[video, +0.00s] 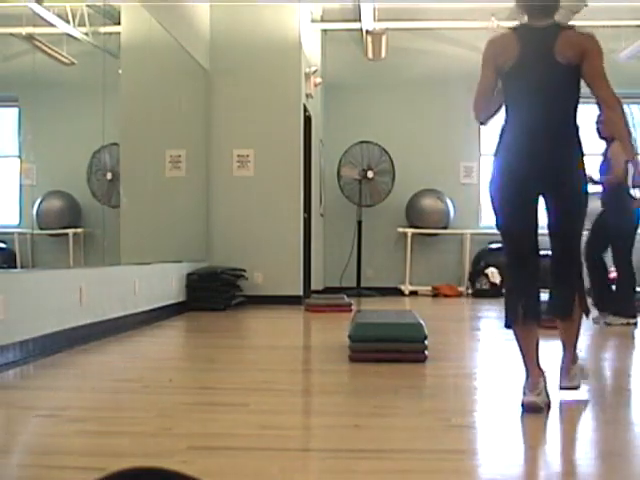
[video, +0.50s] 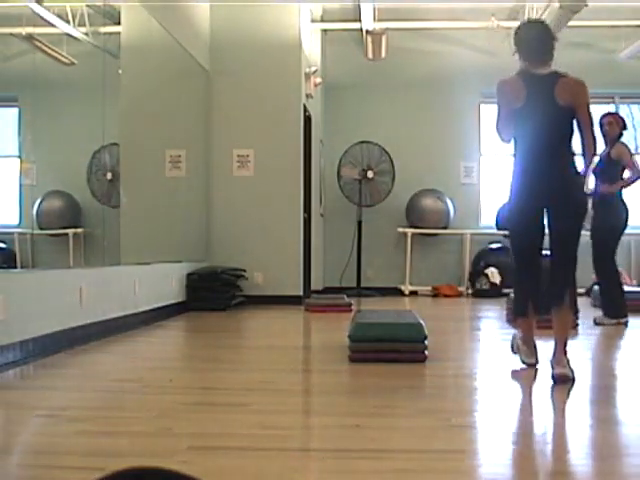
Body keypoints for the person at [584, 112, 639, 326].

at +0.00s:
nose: (598, 126)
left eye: (602, 122)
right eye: (598, 122)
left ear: (614, 125)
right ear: (610, 126)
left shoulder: (615, 147)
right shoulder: (618, 147)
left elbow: (618, 176)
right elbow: (617, 179)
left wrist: (595, 180)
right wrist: (595, 179)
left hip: (615, 209)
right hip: (623, 208)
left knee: (593, 251)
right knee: (622, 258)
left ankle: (605, 304)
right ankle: (625, 308)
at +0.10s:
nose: (599, 127)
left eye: (602, 123)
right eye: (598, 123)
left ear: (614, 125)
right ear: (603, 126)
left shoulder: (618, 147)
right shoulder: (610, 148)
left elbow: (631, 173)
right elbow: (613, 176)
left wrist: (613, 190)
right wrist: (599, 186)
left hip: (616, 205)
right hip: (608, 204)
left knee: (610, 258)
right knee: (607, 258)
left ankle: (621, 310)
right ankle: (615, 308)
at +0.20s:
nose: (596, 128)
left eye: (600, 124)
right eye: (595, 124)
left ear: (612, 127)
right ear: (596, 127)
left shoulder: (617, 147)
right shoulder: (602, 150)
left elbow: (638, 166)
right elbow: (599, 175)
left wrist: (629, 188)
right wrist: (586, 181)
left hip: (620, 205)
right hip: (611, 204)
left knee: (593, 248)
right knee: (608, 253)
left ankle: (611, 299)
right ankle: (615, 300)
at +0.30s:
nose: (601, 130)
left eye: (605, 126)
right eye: (600, 126)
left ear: (613, 128)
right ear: (606, 129)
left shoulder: (612, 149)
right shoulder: (598, 151)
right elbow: (581, 173)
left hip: (618, 208)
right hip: (616, 208)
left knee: (588, 240)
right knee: (610, 255)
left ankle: (601, 291)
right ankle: (616, 305)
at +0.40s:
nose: (604, 125)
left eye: (609, 122)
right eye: (602, 121)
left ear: (618, 128)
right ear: (598, 125)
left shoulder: (618, 146)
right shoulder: (602, 148)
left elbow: (639, 158)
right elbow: (599, 172)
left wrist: (630, 187)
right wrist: (587, 179)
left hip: (615, 204)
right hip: (607, 203)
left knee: (590, 251)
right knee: (611, 253)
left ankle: (608, 304)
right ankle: (618, 303)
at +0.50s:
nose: (608, 128)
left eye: (612, 124)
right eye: (605, 125)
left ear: (621, 128)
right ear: (602, 129)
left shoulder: (619, 148)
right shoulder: (606, 151)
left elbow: (635, 172)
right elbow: (605, 177)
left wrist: (616, 186)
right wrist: (595, 191)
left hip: (611, 206)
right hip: (603, 205)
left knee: (604, 259)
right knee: (603, 259)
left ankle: (615, 311)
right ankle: (614, 309)